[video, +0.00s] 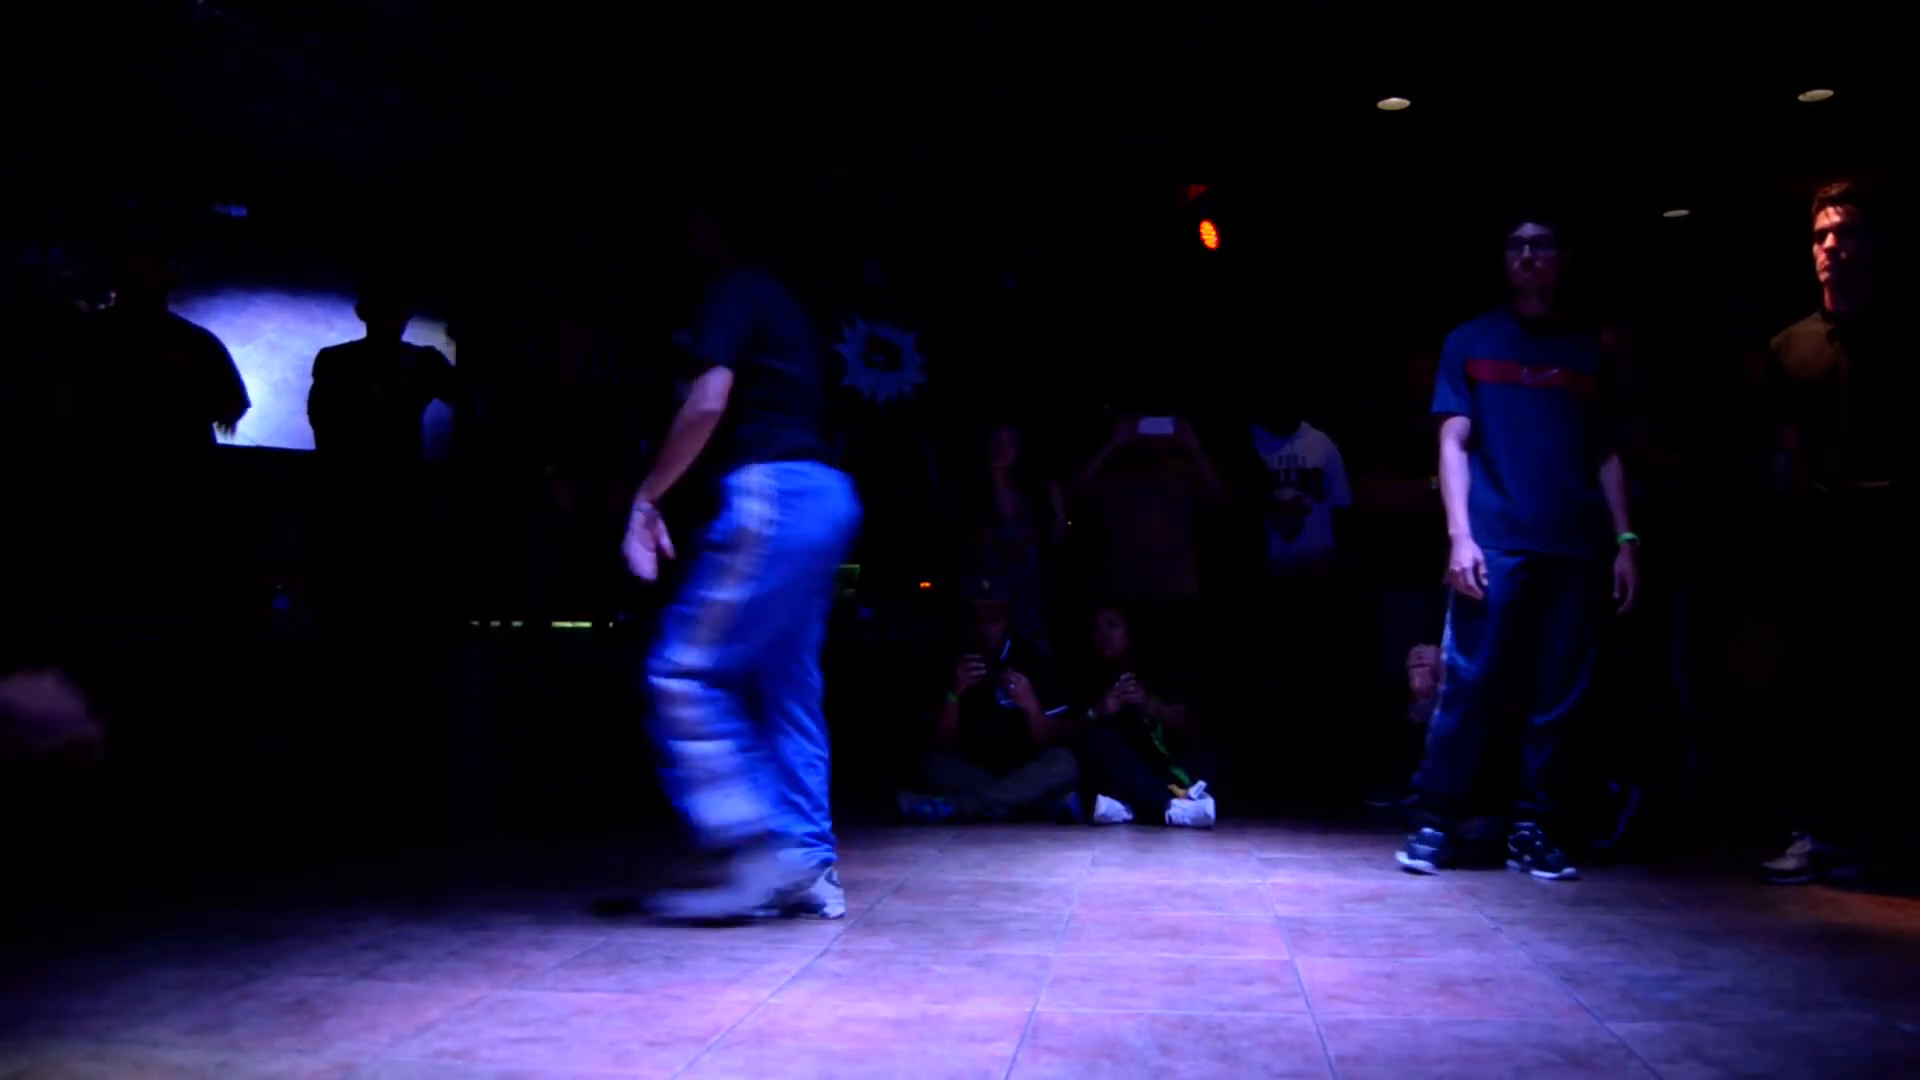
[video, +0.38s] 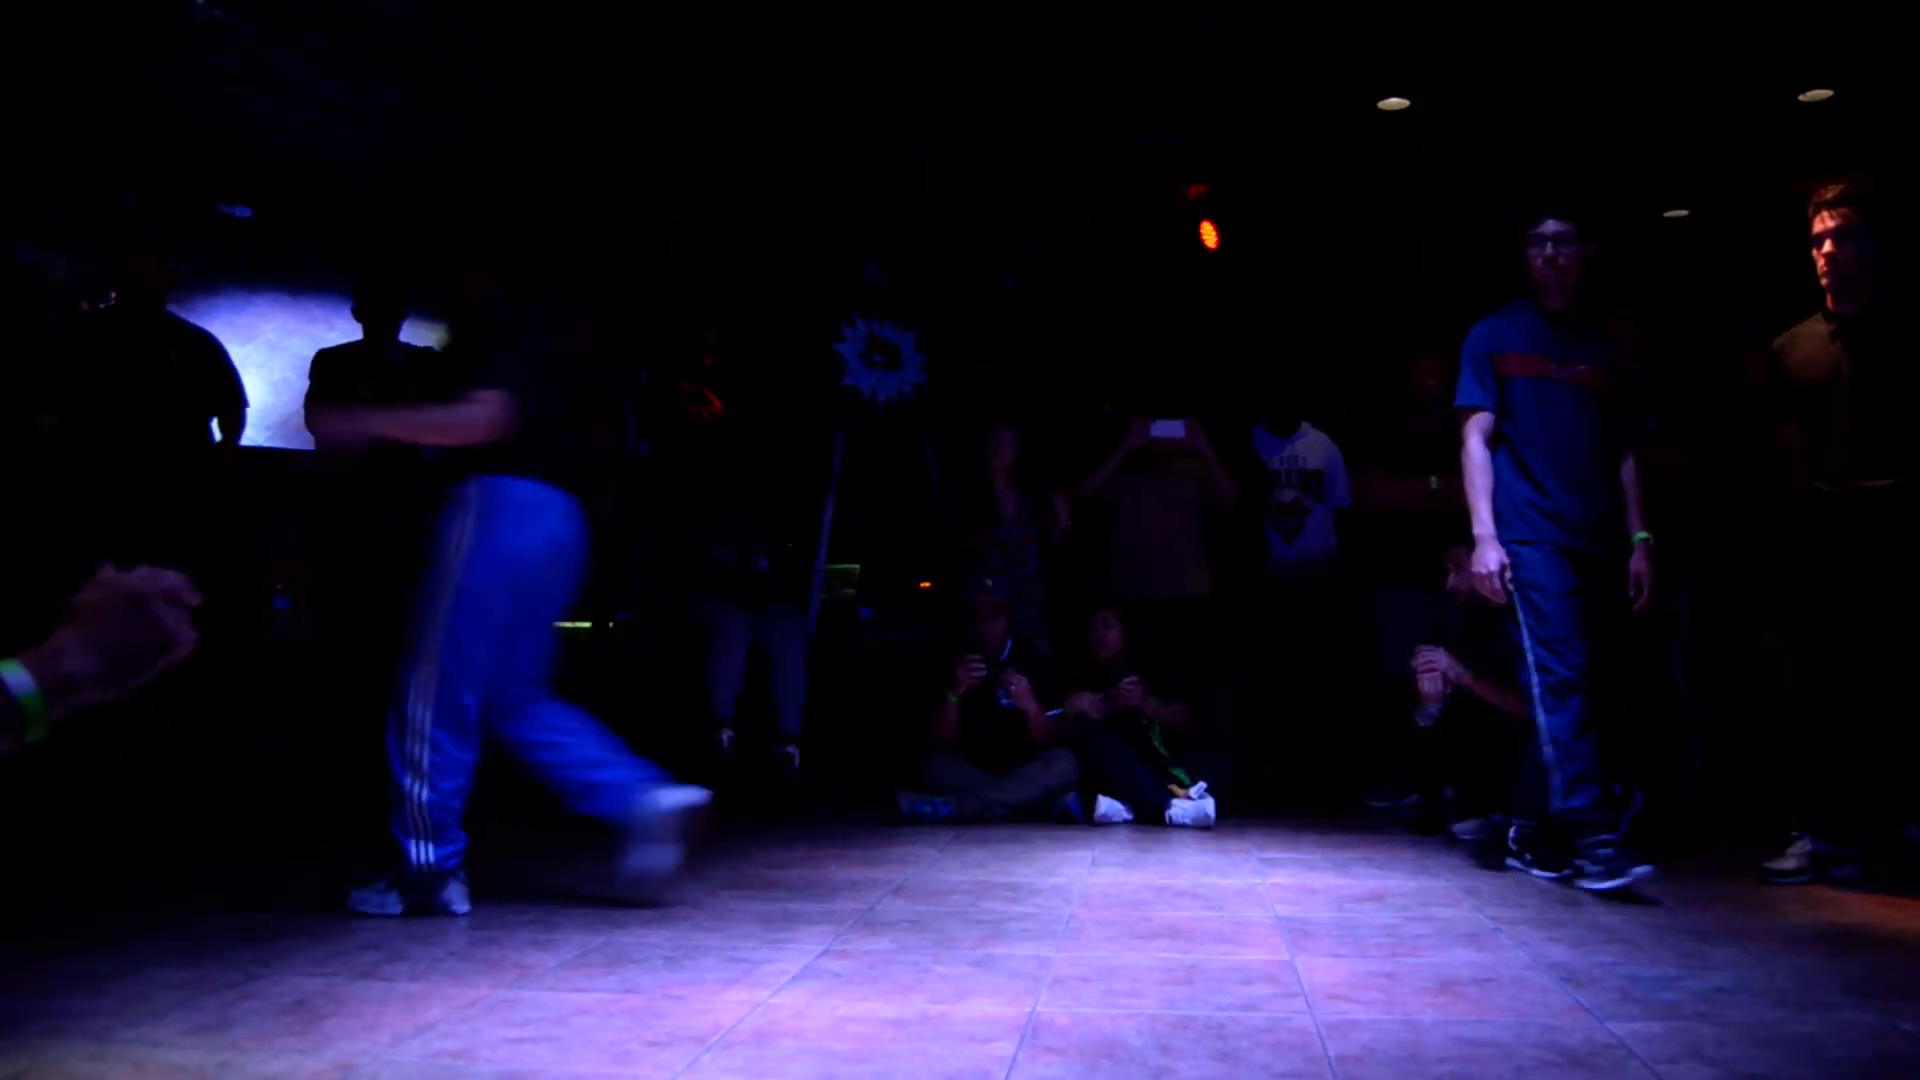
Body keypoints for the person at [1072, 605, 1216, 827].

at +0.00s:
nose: (1105, 635)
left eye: (1112, 626)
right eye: (1098, 628)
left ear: (1127, 630)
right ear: (1090, 635)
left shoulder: (1149, 668)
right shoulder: (1083, 674)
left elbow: (1180, 718)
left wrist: (1145, 701)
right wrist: (1102, 709)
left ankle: (1128, 807)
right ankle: (1168, 807)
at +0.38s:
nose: (1100, 635)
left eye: (1108, 628)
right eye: (1095, 628)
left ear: (1123, 633)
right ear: (1088, 634)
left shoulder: (1143, 669)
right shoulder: (1081, 672)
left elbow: (1177, 717)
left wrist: (1143, 702)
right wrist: (1075, 707)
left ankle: (1128, 806)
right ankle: (1168, 806)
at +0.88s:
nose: (1073, 651)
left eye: (1080, 642)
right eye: (1070, 644)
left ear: (1099, 645)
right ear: (1063, 650)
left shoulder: (1125, 680)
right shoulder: (1072, 685)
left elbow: (1167, 721)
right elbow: (1076, 729)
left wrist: (1121, 717)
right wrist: (1056, 688)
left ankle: (1126, 807)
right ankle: (1169, 807)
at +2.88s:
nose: (1095, 642)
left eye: (1103, 634)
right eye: (1091, 635)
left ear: (1119, 639)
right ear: (1084, 641)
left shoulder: (1143, 675)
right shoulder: (1082, 680)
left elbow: (1179, 723)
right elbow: (1077, 733)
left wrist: (1138, 718)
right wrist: (1066, 699)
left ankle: (1129, 809)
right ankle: (1169, 807)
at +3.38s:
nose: (1120, 645)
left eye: (1130, 637)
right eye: (1116, 637)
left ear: (1144, 642)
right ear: (1106, 642)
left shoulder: (1161, 680)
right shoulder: (1098, 681)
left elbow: (1194, 732)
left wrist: (1160, 721)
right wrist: (1082, 719)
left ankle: (1132, 813)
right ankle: (1172, 813)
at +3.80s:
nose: (1137, 645)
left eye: (1146, 637)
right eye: (1131, 638)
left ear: (1161, 641)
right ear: (1123, 643)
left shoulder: (1181, 680)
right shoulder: (1115, 682)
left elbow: (1207, 733)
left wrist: (1175, 721)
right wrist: (1105, 719)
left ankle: (1143, 813)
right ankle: (1181, 813)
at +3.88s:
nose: (1153, 644)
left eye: (1162, 636)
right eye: (1147, 637)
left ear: (1177, 641)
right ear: (1140, 643)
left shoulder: (1197, 679)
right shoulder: (1131, 679)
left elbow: (1222, 733)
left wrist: (1189, 719)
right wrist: (1123, 717)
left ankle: (1157, 812)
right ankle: (1196, 813)